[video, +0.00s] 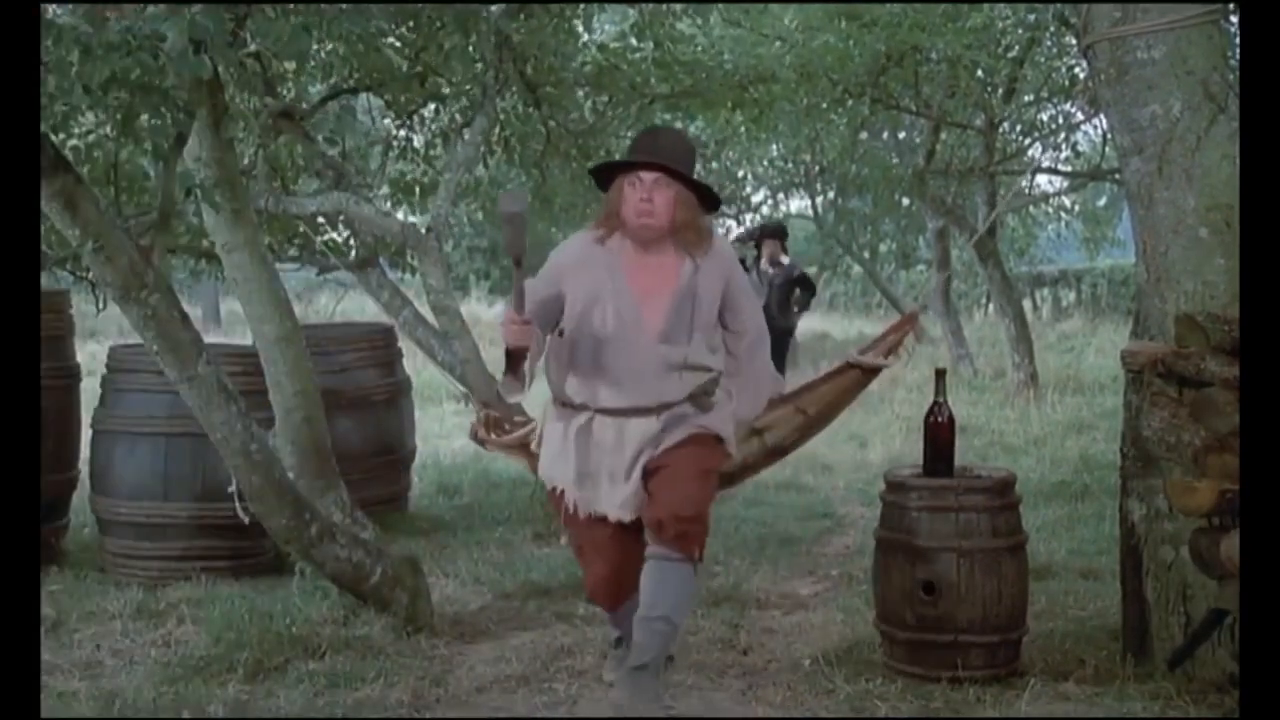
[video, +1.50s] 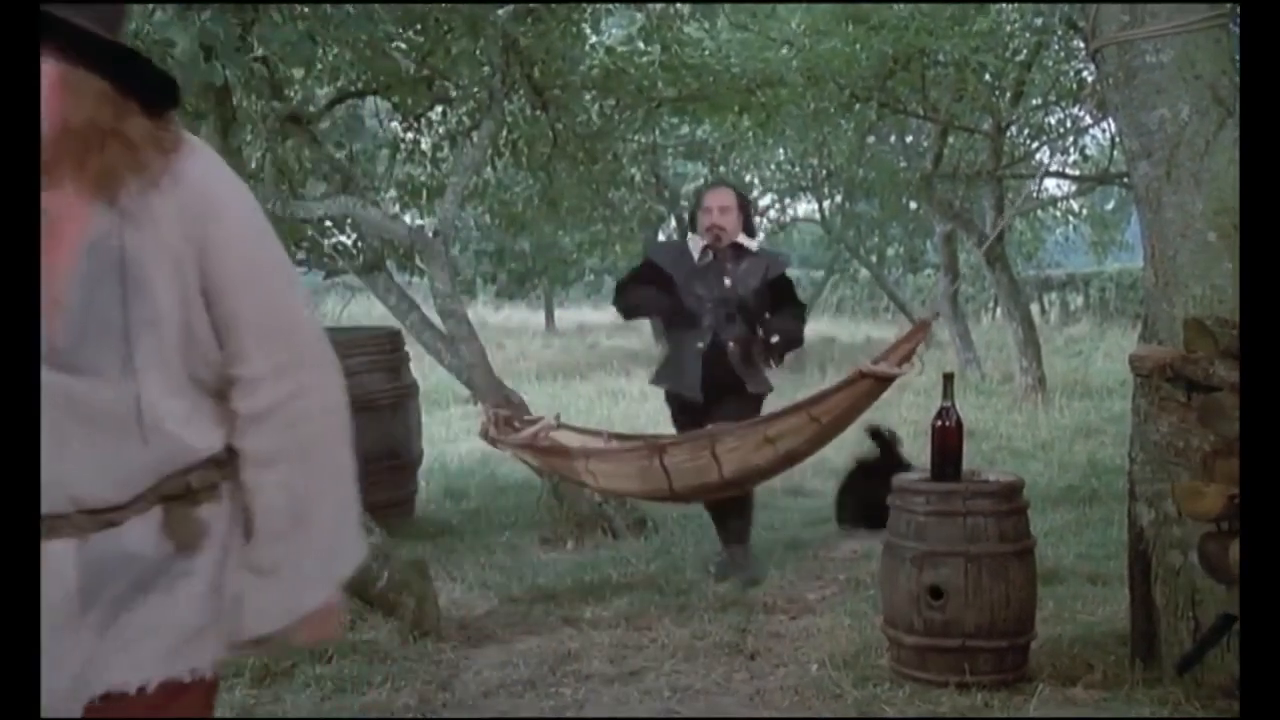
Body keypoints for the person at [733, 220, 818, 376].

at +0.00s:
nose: (768, 250)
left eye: (772, 245)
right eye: (766, 245)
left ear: (780, 245)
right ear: (760, 246)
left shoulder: (790, 270)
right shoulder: (753, 268)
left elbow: (809, 289)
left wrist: (798, 308)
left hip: (781, 324)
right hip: (755, 322)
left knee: (776, 366)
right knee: (755, 364)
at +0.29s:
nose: (768, 248)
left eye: (772, 242)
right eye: (764, 242)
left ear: (780, 243)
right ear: (757, 244)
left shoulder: (793, 272)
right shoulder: (747, 271)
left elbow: (808, 301)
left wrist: (798, 314)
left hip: (783, 334)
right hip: (754, 331)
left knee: (776, 376)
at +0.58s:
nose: (770, 245)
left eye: (776, 239)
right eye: (766, 238)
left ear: (783, 243)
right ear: (756, 241)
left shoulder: (796, 276)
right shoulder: (742, 274)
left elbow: (812, 304)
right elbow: (713, 298)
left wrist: (802, 324)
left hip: (785, 347)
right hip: (752, 346)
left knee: (782, 402)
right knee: (754, 402)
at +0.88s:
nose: (783, 242)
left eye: (788, 236)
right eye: (777, 236)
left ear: (797, 239)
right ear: (765, 240)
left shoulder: (813, 268)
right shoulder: (751, 266)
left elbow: (831, 297)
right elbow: (719, 289)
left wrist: (821, 320)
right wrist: (709, 315)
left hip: (802, 347)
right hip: (766, 347)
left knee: (797, 404)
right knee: (772, 395)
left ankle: (789, 457)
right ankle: (770, 450)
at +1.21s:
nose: (778, 238)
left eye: (786, 230)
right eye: (771, 231)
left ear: (798, 237)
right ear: (759, 236)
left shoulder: (815, 276)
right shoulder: (736, 273)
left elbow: (836, 321)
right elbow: (701, 312)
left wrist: (828, 349)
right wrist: (717, 351)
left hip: (798, 372)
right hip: (750, 371)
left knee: (796, 444)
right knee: (752, 440)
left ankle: (795, 512)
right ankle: (768, 461)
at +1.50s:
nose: (716, 218)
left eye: (725, 210)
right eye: (708, 211)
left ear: (743, 218)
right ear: (696, 218)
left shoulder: (762, 266)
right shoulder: (672, 258)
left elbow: (792, 319)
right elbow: (626, 296)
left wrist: (776, 336)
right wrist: (673, 308)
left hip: (742, 378)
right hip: (687, 379)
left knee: (734, 461)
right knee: (702, 466)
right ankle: (733, 548)